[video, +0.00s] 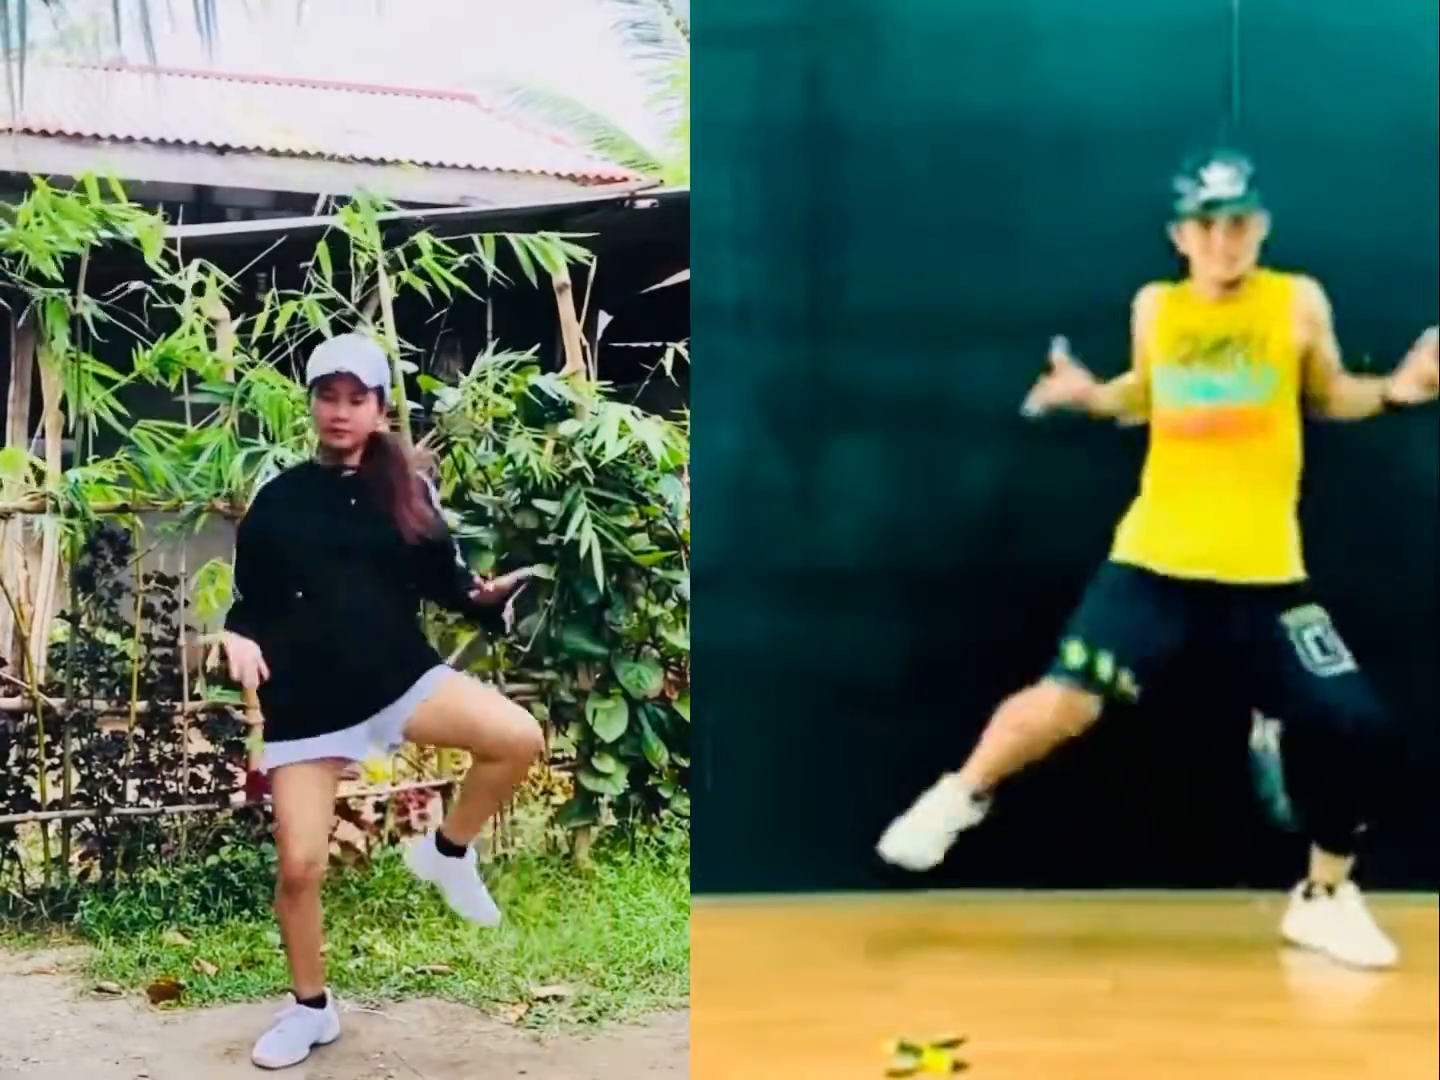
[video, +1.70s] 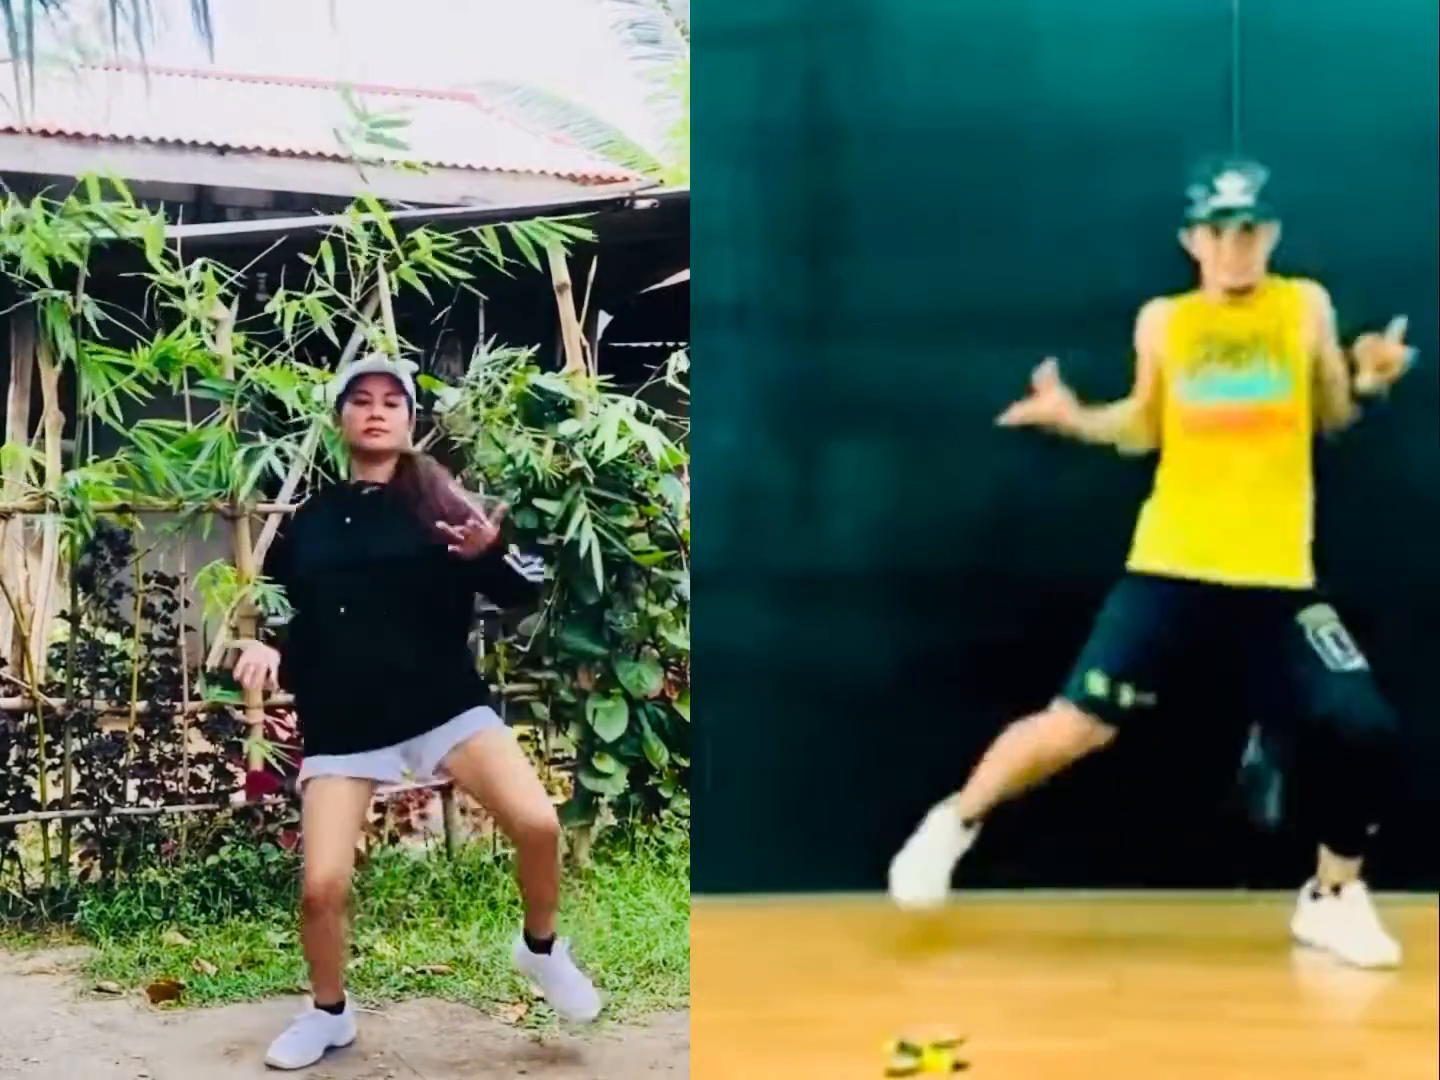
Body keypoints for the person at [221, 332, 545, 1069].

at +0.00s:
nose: (340, 409)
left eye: (356, 396)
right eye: (327, 395)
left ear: (381, 408)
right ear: (310, 404)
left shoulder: (403, 486)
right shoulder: (275, 500)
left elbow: (441, 576)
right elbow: (250, 600)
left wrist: (481, 593)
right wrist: (237, 633)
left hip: (397, 680)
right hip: (303, 706)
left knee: (516, 738)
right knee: (297, 867)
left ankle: (445, 851)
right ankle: (310, 1008)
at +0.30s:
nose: (357, 415)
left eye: (372, 402)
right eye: (342, 402)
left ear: (393, 417)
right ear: (322, 415)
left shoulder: (414, 504)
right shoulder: (287, 502)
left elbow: (499, 589)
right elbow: (229, 590)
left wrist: (502, 525)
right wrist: (155, 632)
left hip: (402, 688)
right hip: (307, 716)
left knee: (521, 735)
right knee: (291, 878)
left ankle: (544, 889)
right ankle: (312, 1008)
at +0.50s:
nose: (391, 443)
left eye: (406, 431)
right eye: (376, 430)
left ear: (427, 446)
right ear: (356, 444)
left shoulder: (457, 534)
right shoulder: (316, 536)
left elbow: (478, 642)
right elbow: (259, 615)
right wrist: (272, 628)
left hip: (457, 738)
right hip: (347, 743)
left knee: (535, 876)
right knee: (287, 885)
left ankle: (590, 996)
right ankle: (310, 1010)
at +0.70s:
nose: (449, 447)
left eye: (463, 433)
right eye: (434, 437)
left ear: (487, 446)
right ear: (417, 455)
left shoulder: (527, 538)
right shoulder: (396, 542)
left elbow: (601, 642)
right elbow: (338, 636)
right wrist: (253, 642)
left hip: (527, 751)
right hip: (415, 750)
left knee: (581, 889)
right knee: (341, 875)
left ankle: (587, 1009)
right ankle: (311, 1006)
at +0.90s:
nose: (492, 417)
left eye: (506, 403)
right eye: (478, 407)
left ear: (531, 415)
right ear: (462, 425)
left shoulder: (572, 493)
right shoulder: (457, 510)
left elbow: (626, 585)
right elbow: (434, 614)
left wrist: (638, 607)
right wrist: (402, 618)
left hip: (554, 716)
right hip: (455, 699)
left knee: (582, 877)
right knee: (356, 777)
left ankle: (585, 1007)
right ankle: (363, 912)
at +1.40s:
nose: (463, 449)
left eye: (477, 436)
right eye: (448, 438)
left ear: (501, 450)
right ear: (431, 457)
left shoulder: (538, 538)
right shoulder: (407, 547)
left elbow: (576, 631)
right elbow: (350, 641)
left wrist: (585, 671)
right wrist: (311, 580)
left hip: (534, 751)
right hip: (430, 748)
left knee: (565, 908)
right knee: (341, 873)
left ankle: (585, 1011)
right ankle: (321, 1009)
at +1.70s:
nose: (376, 412)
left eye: (391, 402)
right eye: (362, 401)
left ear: (413, 422)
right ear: (339, 420)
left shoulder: (442, 502)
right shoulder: (309, 522)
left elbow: (523, 596)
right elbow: (301, 620)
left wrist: (491, 556)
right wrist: (267, 649)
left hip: (444, 706)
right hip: (340, 725)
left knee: (539, 823)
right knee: (320, 888)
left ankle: (541, 948)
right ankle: (328, 1012)